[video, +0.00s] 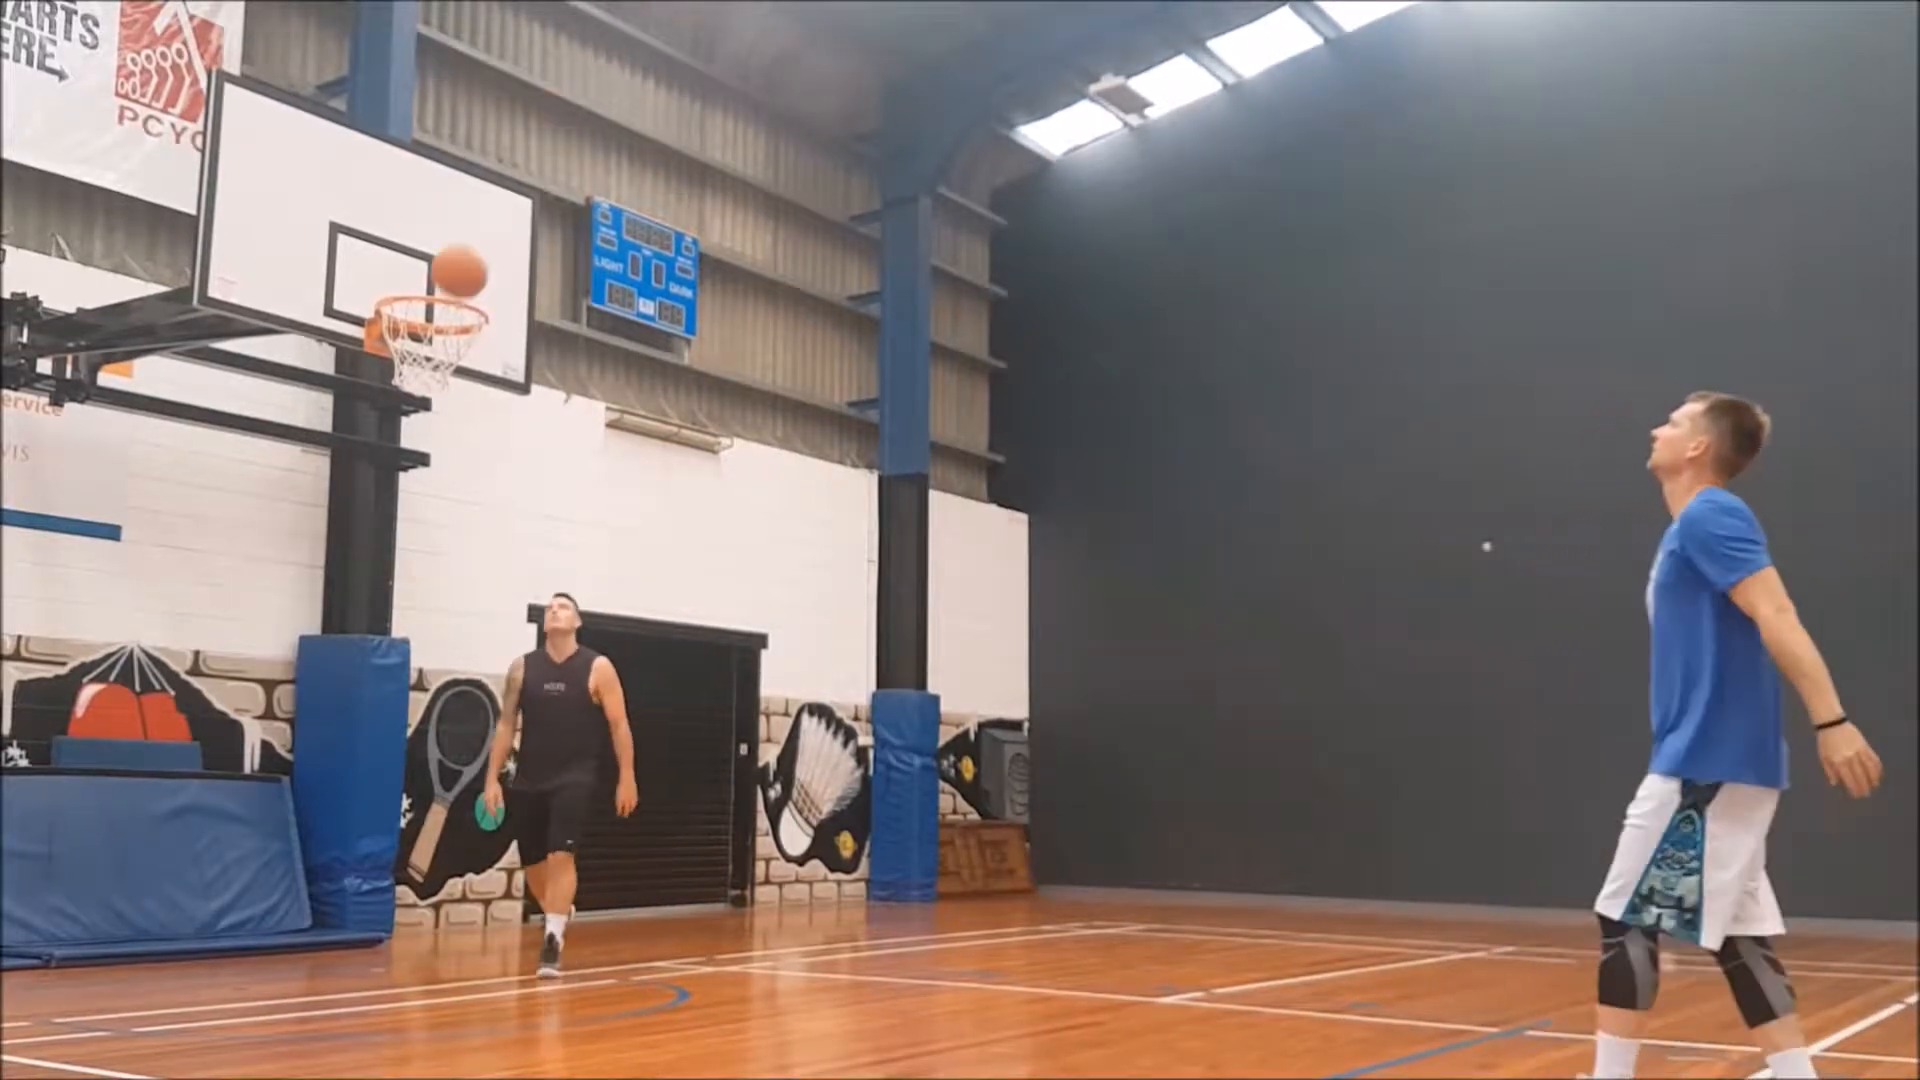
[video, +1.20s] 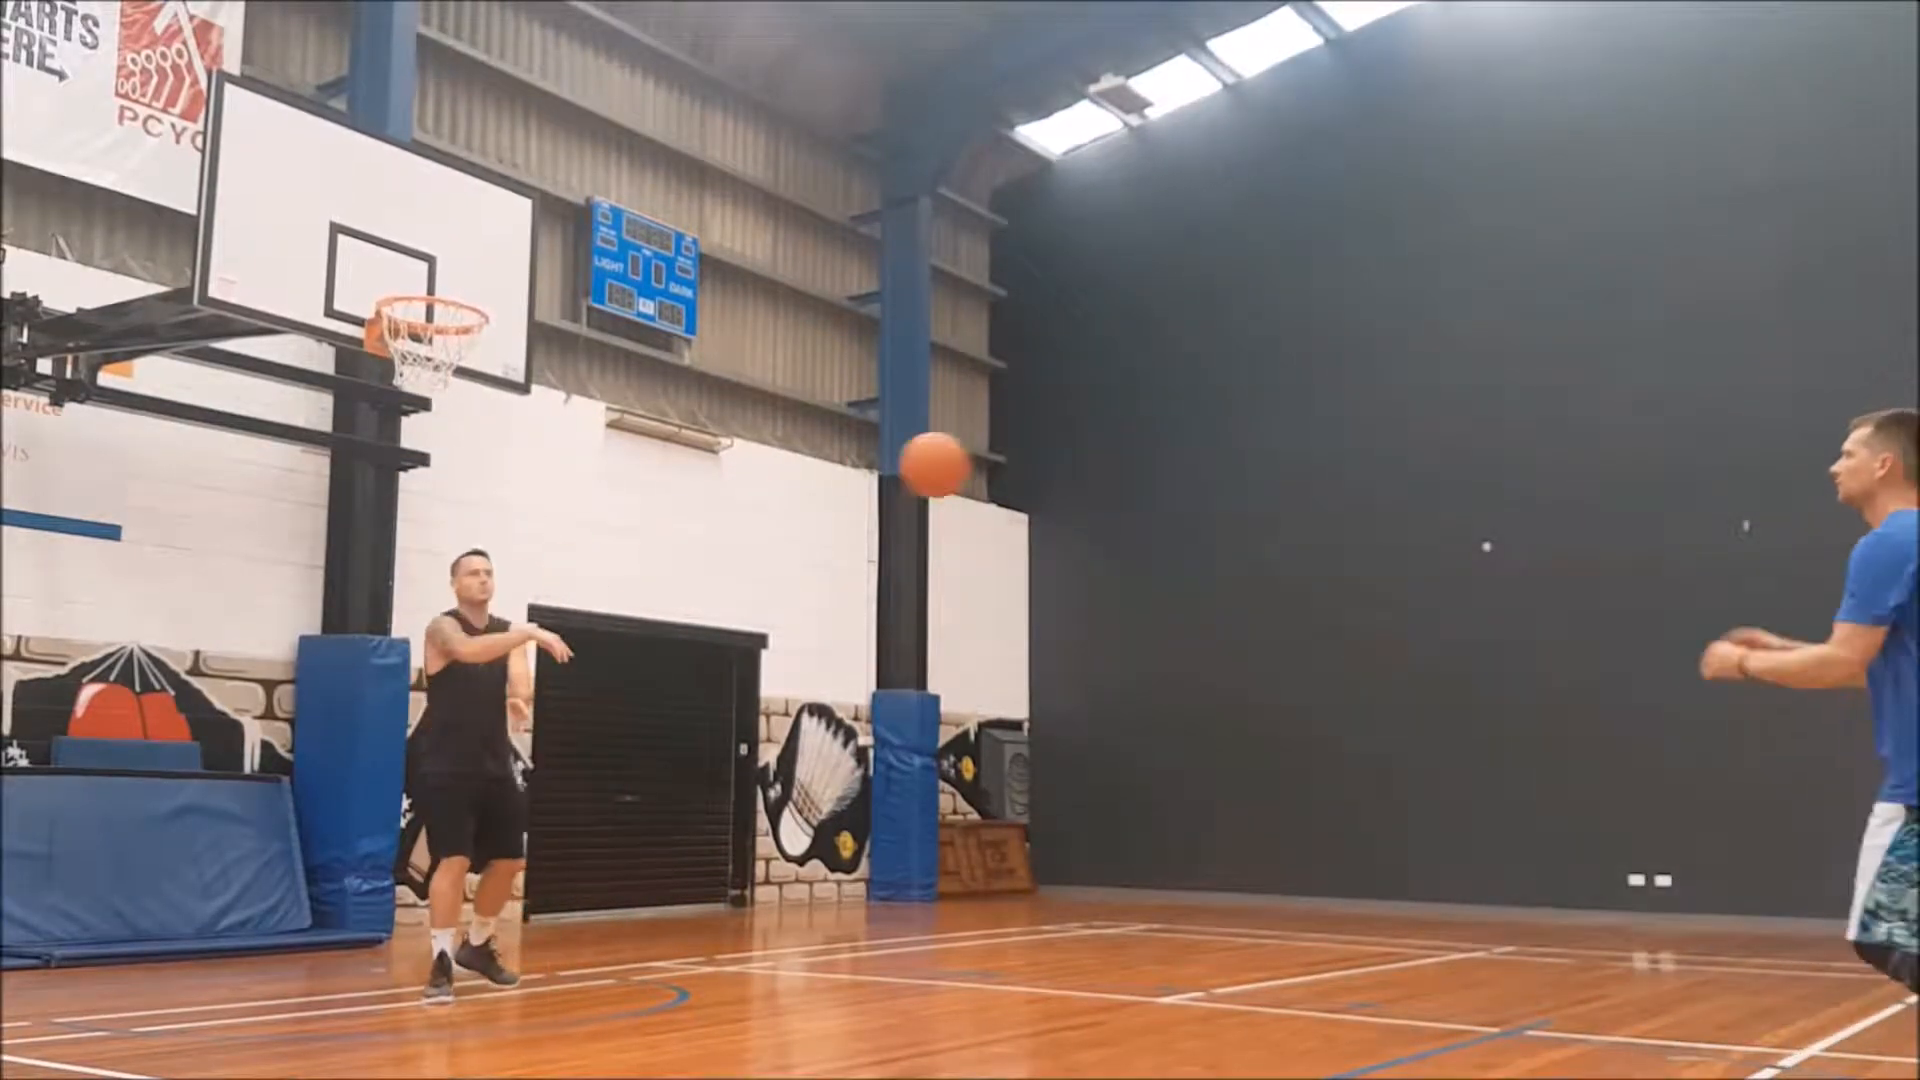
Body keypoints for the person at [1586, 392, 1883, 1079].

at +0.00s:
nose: (1655, 432)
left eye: (1671, 423)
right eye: (1666, 421)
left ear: (1698, 447)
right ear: (1702, 451)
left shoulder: (1710, 516)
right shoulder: (1698, 523)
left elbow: (1777, 616)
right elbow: (1767, 620)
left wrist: (1833, 723)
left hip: (1704, 760)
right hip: (1730, 762)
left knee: (1624, 917)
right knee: (1738, 930)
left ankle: (1609, 1070)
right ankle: (1794, 1068)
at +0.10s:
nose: (1686, 424)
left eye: (1702, 417)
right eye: (1696, 415)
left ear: (1732, 440)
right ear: (1736, 446)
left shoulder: (1741, 508)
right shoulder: (1730, 522)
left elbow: (1784, 622)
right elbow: (1710, 666)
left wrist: (1803, 741)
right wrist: (1673, 760)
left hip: (1738, 760)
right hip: (1767, 759)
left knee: (1673, 917)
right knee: (1770, 926)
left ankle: (1700, 1070)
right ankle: (1805, 1070)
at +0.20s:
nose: (1718, 423)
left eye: (1734, 413)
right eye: (1727, 412)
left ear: (1766, 435)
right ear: (1768, 439)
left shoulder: (1777, 507)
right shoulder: (1763, 518)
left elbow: (1785, 630)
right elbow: (1736, 656)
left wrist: (1746, 743)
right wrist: (1685, 751)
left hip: (1790, 763)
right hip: (1799, 761)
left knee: (1732, 920)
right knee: (1793, 930)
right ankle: (1808, 1062)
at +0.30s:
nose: (1749, 422)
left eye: (1766, 412)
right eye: (1759, 410)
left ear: (1798, 433)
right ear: (1799, 436)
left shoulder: (1818, 509)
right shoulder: (1789, 521)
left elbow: (1781, 635)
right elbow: (1769, 656)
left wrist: (1701, 729)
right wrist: (1719, 745)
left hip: (1835, 764)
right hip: (1801, 762)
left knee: (1816, 940)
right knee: (1801, 935)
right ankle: (1811, 1062)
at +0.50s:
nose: (1812, 437)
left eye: (1825, 424)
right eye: (1818, 425)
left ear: (1864, 438)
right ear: (1866, 440)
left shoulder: (1891, 521)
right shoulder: (1873, 525)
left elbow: (1831, 645)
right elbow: (1877, 670)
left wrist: (1716, 694)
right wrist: (1834, 764)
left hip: (1905, 788)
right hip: (1857, 788)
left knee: (1919, 949)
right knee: (1833, 936)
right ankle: (1824, 1074)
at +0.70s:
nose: (1847, 440)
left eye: (1861, 428)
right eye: (1854, 427)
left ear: (1900, 444)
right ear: (1897, 445)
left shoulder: (1911, 542)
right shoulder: (1907, 537)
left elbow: (1914, 671)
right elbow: (1910, 668)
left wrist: (1831, 735)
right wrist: (1838, 733)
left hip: (1915, 786)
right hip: (1910, 783)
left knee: (1877, 918)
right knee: (1880, 919)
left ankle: (1876, 1068)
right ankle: (1877, 1066)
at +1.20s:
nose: (1835, 467)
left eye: (1847, 455)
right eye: (1841, 454)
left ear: (1885, 465)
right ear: (1888, 467)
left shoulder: (1888, 546)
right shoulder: (1904, 541)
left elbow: (1846, 663)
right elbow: (1865, 662)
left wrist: (1744, 663)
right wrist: (1780, 649)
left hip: (1910, 784)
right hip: (1907, 781)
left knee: (1883, 934)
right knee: (1886, 933)